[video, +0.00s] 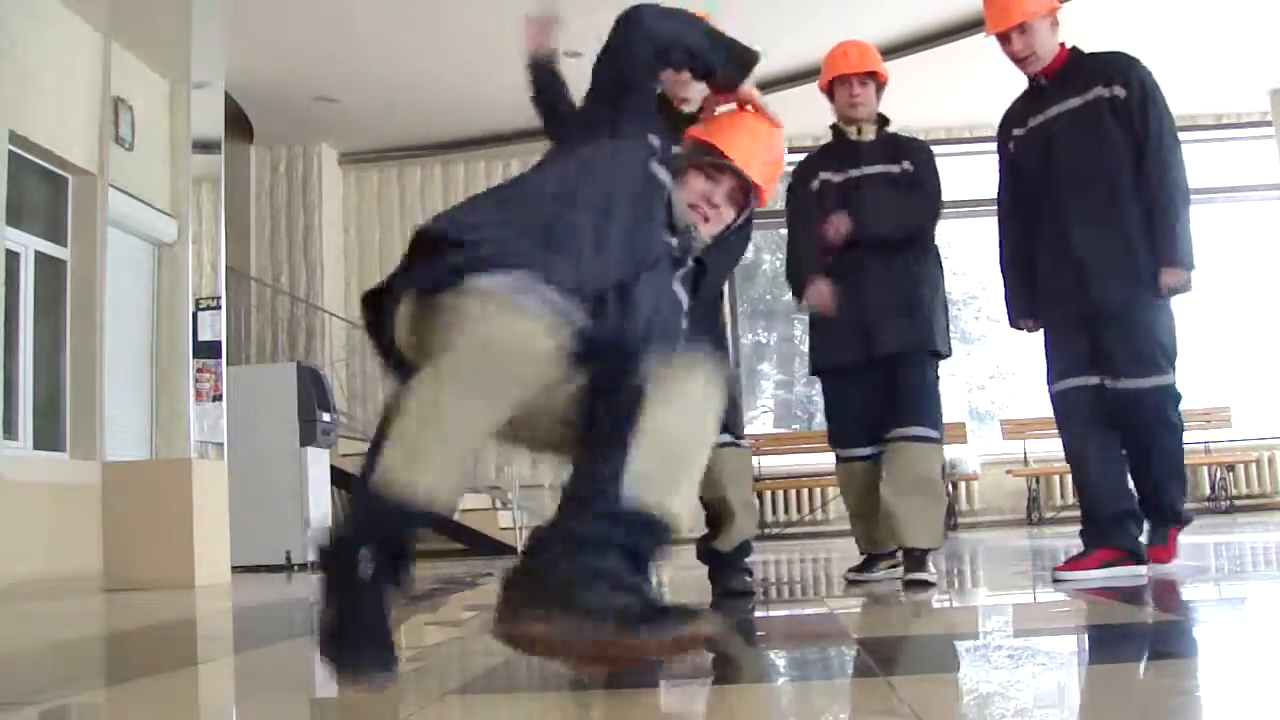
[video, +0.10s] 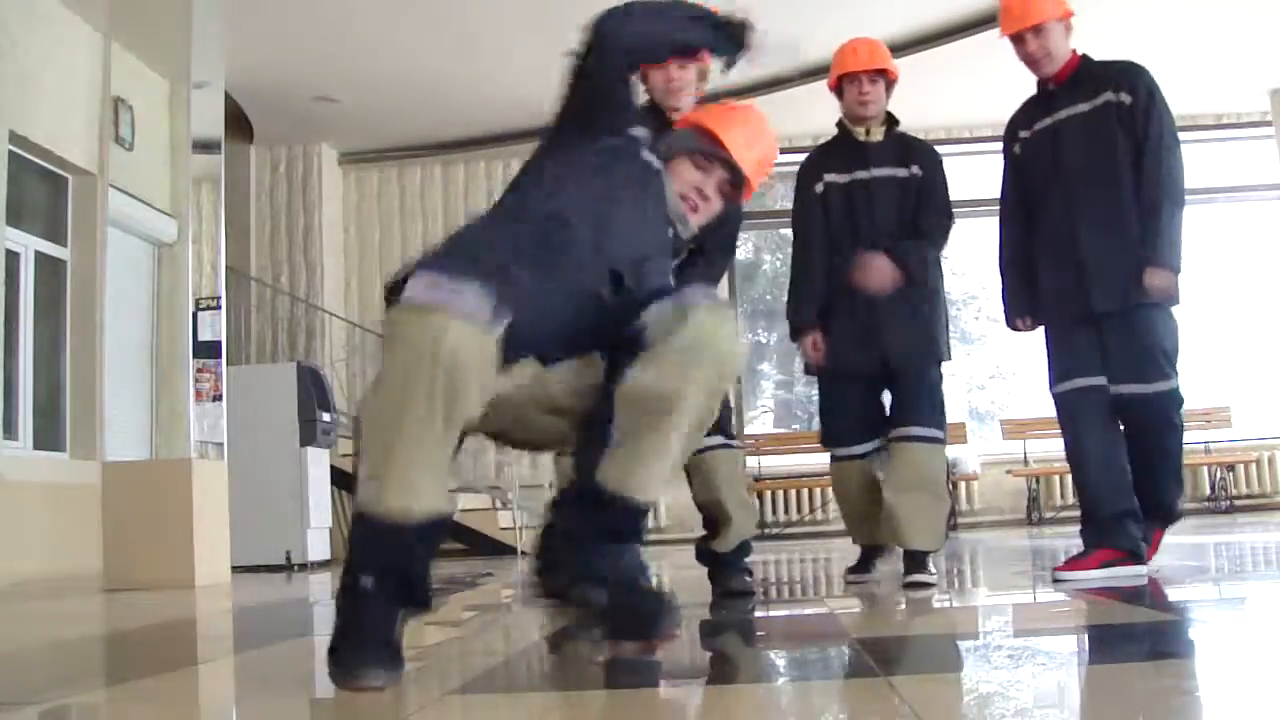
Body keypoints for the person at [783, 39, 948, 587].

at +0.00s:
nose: (855, 94)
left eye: (865, 83)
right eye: (844, 86)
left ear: (880, 90)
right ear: (829, 95)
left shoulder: (911, 151)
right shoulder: (811, 170)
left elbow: (922, 215)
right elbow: (799, 238)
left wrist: (853, 218)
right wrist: (809, 278)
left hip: (908, 317)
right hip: (840, 323)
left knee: (914, 432)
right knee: (855, 439)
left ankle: (916, 549)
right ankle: (877, 549)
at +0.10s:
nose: (864, 92)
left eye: (874, 82)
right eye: (852, 84)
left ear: (889, 88)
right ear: (837, 92)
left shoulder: (920, 155)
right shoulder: (818, 165)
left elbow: (935, 229)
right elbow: (805, 250)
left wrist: (898, 261)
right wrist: (806, 322)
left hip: (910, 324)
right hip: (842, 329)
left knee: (917, 435)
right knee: (848, 440)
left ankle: (919, 547)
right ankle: (871, 540)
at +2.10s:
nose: (821, 128)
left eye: (830, 119)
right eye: (812, 121)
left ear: (849, 125)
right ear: (802, 129)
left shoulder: (873, 193)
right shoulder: (785, 192)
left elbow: (896, 264)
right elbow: (771, 266)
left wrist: (909, 324)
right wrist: (774, 323)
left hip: (864, 343)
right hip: (803, 344)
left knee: (863, 449)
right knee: (806, 449)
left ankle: (857, 550)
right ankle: (811, 551)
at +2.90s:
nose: (770, 139)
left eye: (775, 130)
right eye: (762, 129)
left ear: (783, 136)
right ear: (745, 136)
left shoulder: (812, 196)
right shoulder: (724, 197)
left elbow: (837, 272)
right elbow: (710, 271)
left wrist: (830, 329)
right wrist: (713, 334)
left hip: (803, 347)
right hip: (742, 351)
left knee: (826, 450)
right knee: (747, 460)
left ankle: (849, 548)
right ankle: (756, 562)